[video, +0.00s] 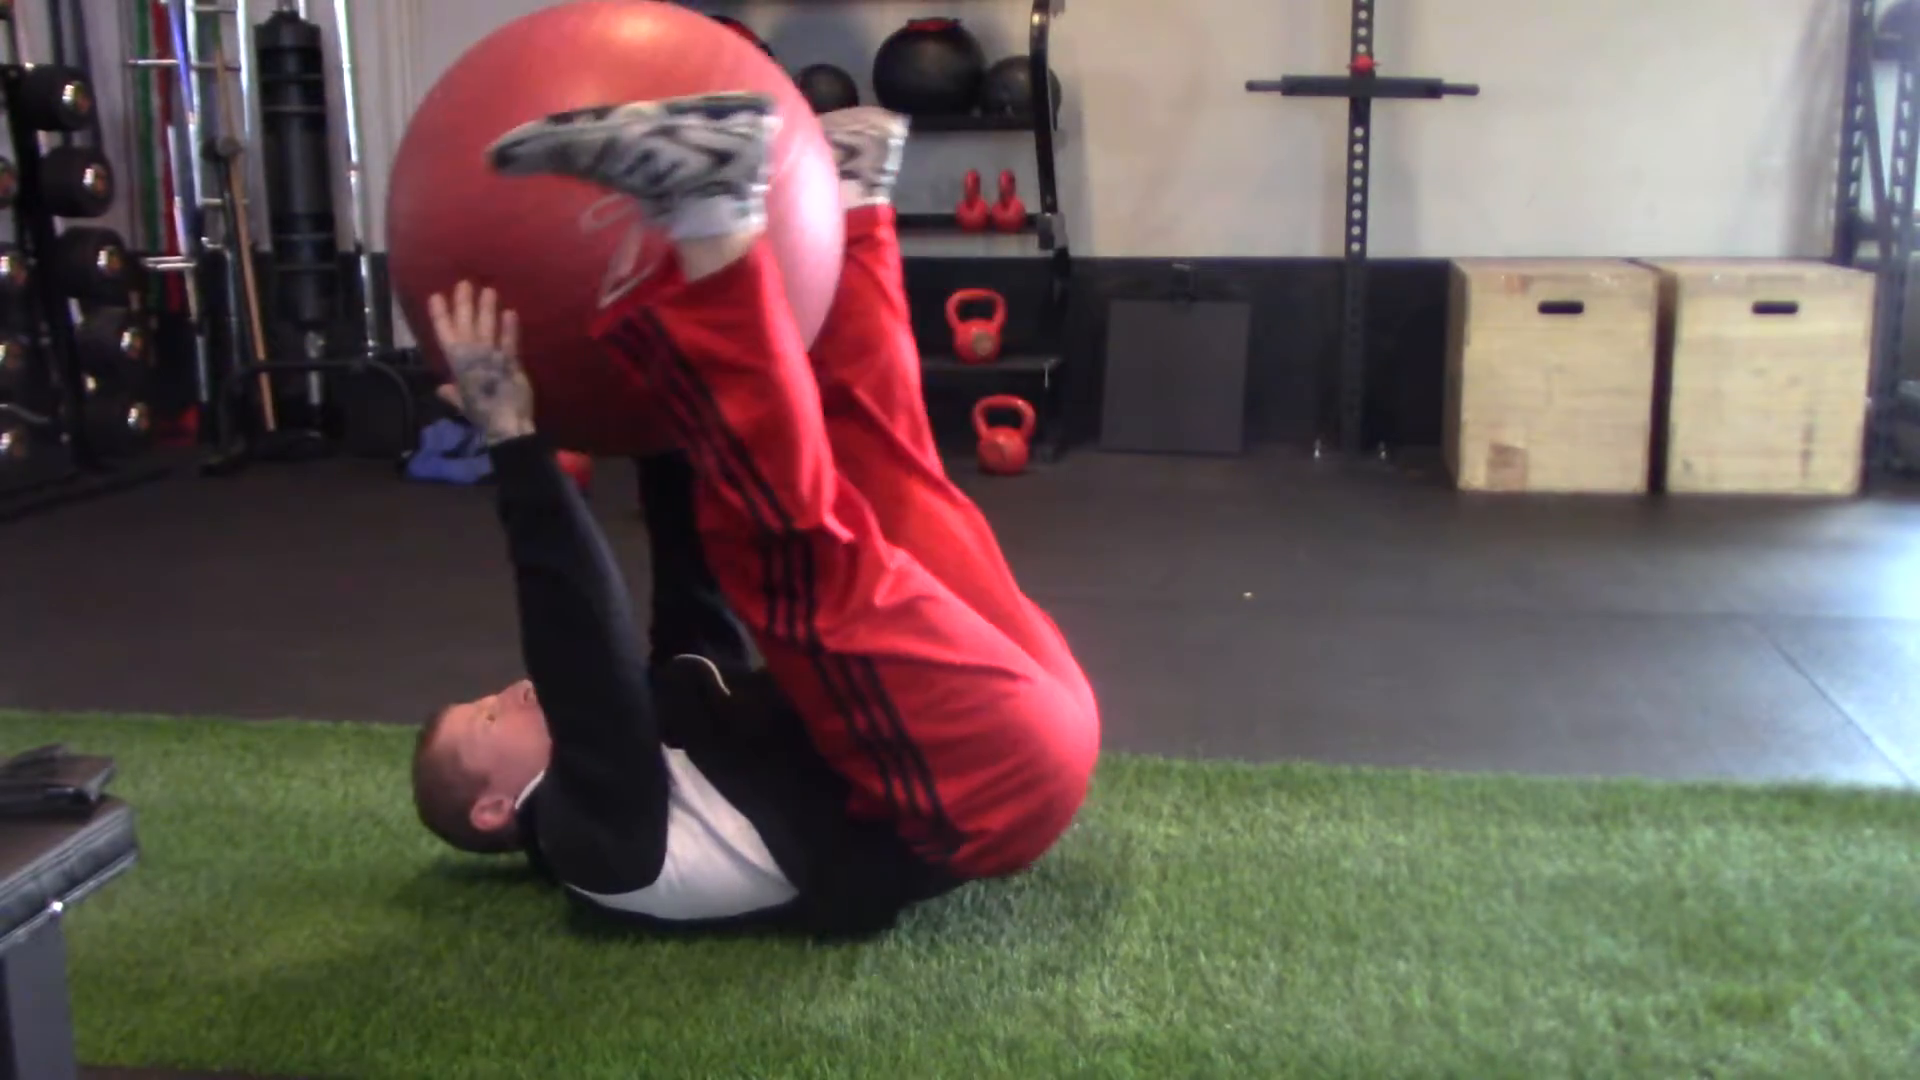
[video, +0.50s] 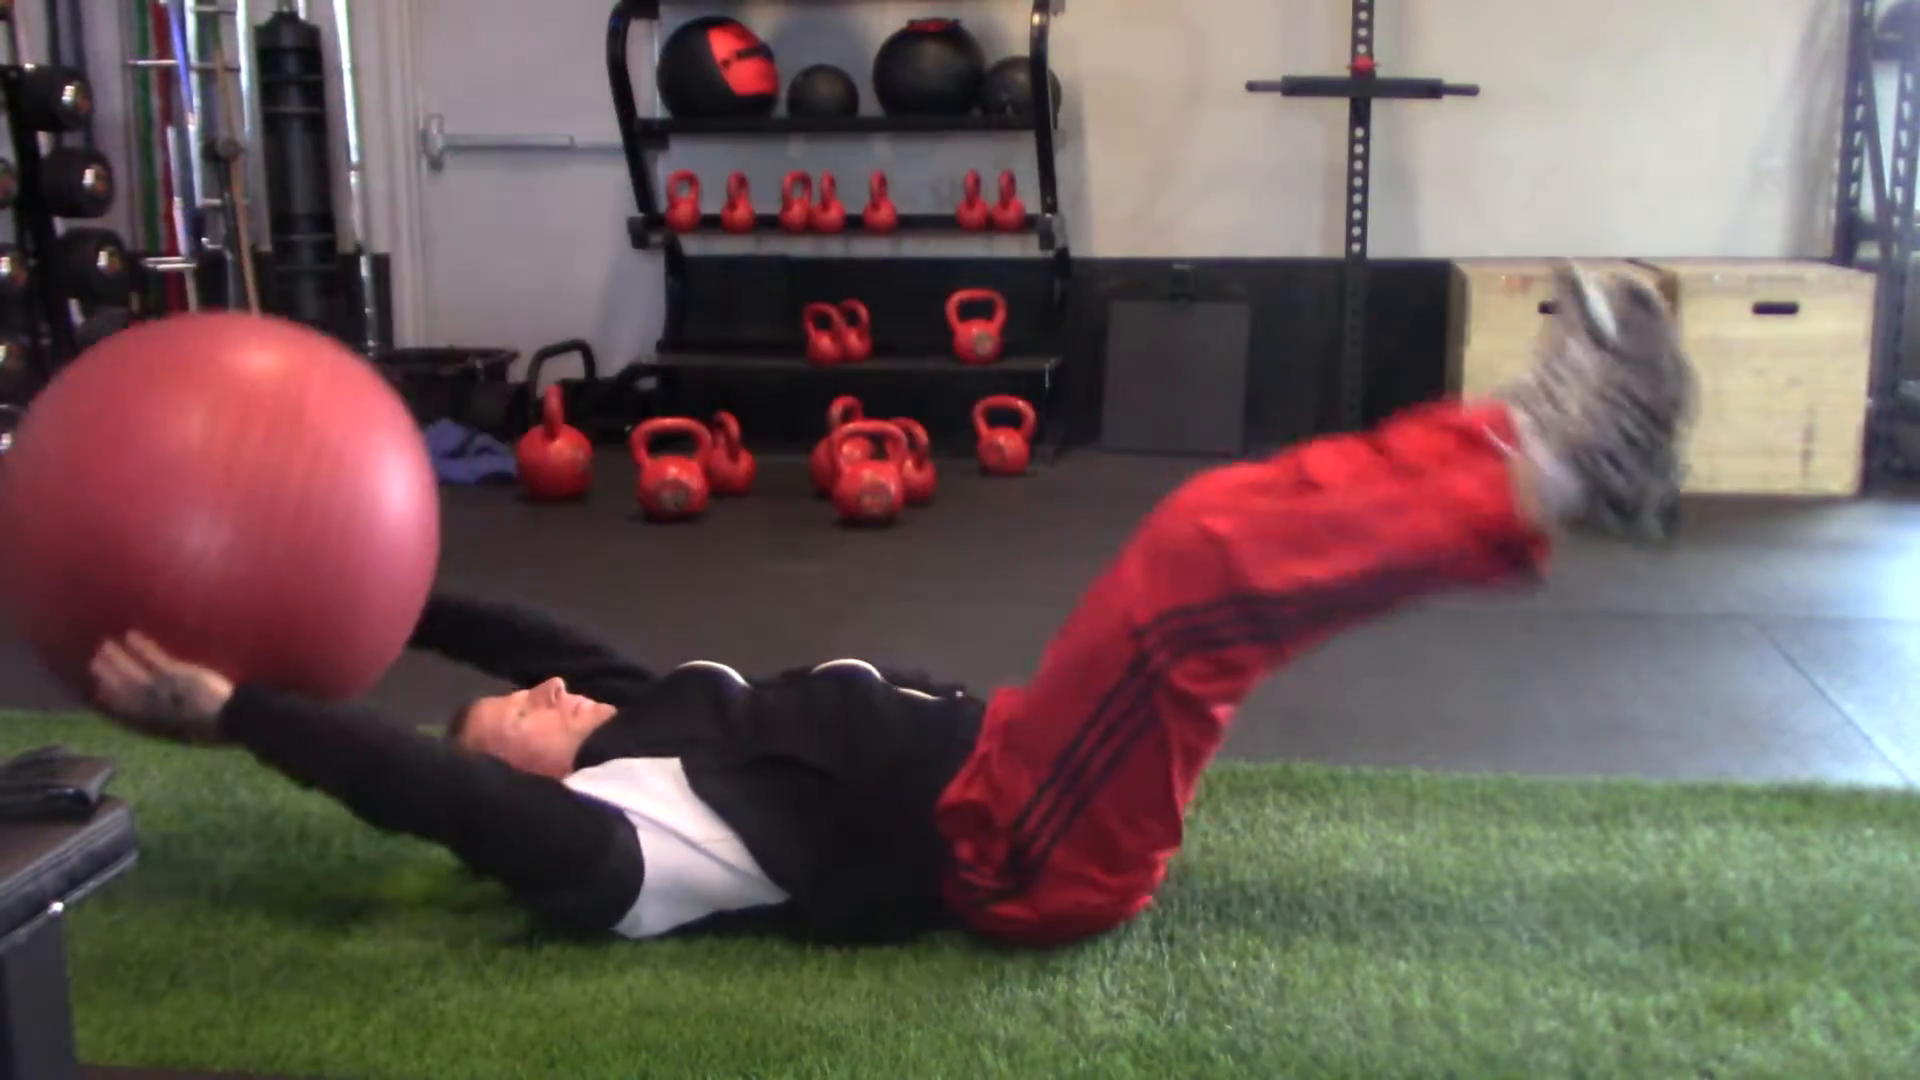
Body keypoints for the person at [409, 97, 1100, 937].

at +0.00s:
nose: (523, 692)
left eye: (499, 695)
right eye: (490, 715)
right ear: (498, 808)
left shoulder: (686, 708)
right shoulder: (598, 842)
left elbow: (686, 536)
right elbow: (582, 655)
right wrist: (517, 447)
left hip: (1040, 721)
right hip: (981, 790)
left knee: (875, 478)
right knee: (788, 549)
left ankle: (855, 209)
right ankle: (713, 223)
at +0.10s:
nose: (511, 703)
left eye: (502, 703)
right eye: (492, 716)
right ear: (499, 799)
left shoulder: (678, 721)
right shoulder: (596, 846)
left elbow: (677, 561)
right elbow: (550, 650)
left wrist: (602, 388)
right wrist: (455, 453)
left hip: (1052, 759)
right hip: (988, 812)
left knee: (939, 499)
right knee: (839, 536)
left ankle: (938, 202)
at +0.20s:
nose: (497, 730)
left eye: (488, 720)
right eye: (471, 751)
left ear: (533, 709)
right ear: (492, 812)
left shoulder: (672, 704)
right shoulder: (600, 850)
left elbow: (646, 566)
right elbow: (510, 664)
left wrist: (520, 411)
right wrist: (378, 496)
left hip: (1041, 785)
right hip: (990, 843)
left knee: (997, 505)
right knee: (930, 527)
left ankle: (1034, 219)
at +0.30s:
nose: (548, 688)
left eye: (538, 682)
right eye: (523, 708)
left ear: (573, 695)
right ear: (517, 786)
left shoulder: (674, 709)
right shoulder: (612, 849)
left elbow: (607, 591)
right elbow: (476, 708)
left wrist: (476, 484)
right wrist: (310, 563)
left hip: (988, 791)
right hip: (998, 856)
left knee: (1018, 535)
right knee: (1028, 553)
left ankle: (1149, 266)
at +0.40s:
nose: (535, 697)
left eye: (529, 688)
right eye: (509, 717)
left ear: (562, 694)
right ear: (505, 768)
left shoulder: (662, 729)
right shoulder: (612, 843)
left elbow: (556, 603)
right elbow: (438, 751)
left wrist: (391, 508)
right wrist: (247, 628)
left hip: (997, 804)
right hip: (1012, 858)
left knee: (1100, 545)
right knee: (1100, 572)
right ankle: (1381, 374)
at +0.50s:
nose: (535, 714)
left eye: (529, 697)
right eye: (508, 730)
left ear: (570, 712)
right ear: (510, 793)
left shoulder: (673, 731)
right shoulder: (608, 857)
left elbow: (545, 636)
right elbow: (442, 778)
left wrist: (346, 601)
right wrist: (232, 707)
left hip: (1016, 772)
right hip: (1011, 847)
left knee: (1203, 537)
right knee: (1185, 583)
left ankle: (1533, 445)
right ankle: (1540, 469)